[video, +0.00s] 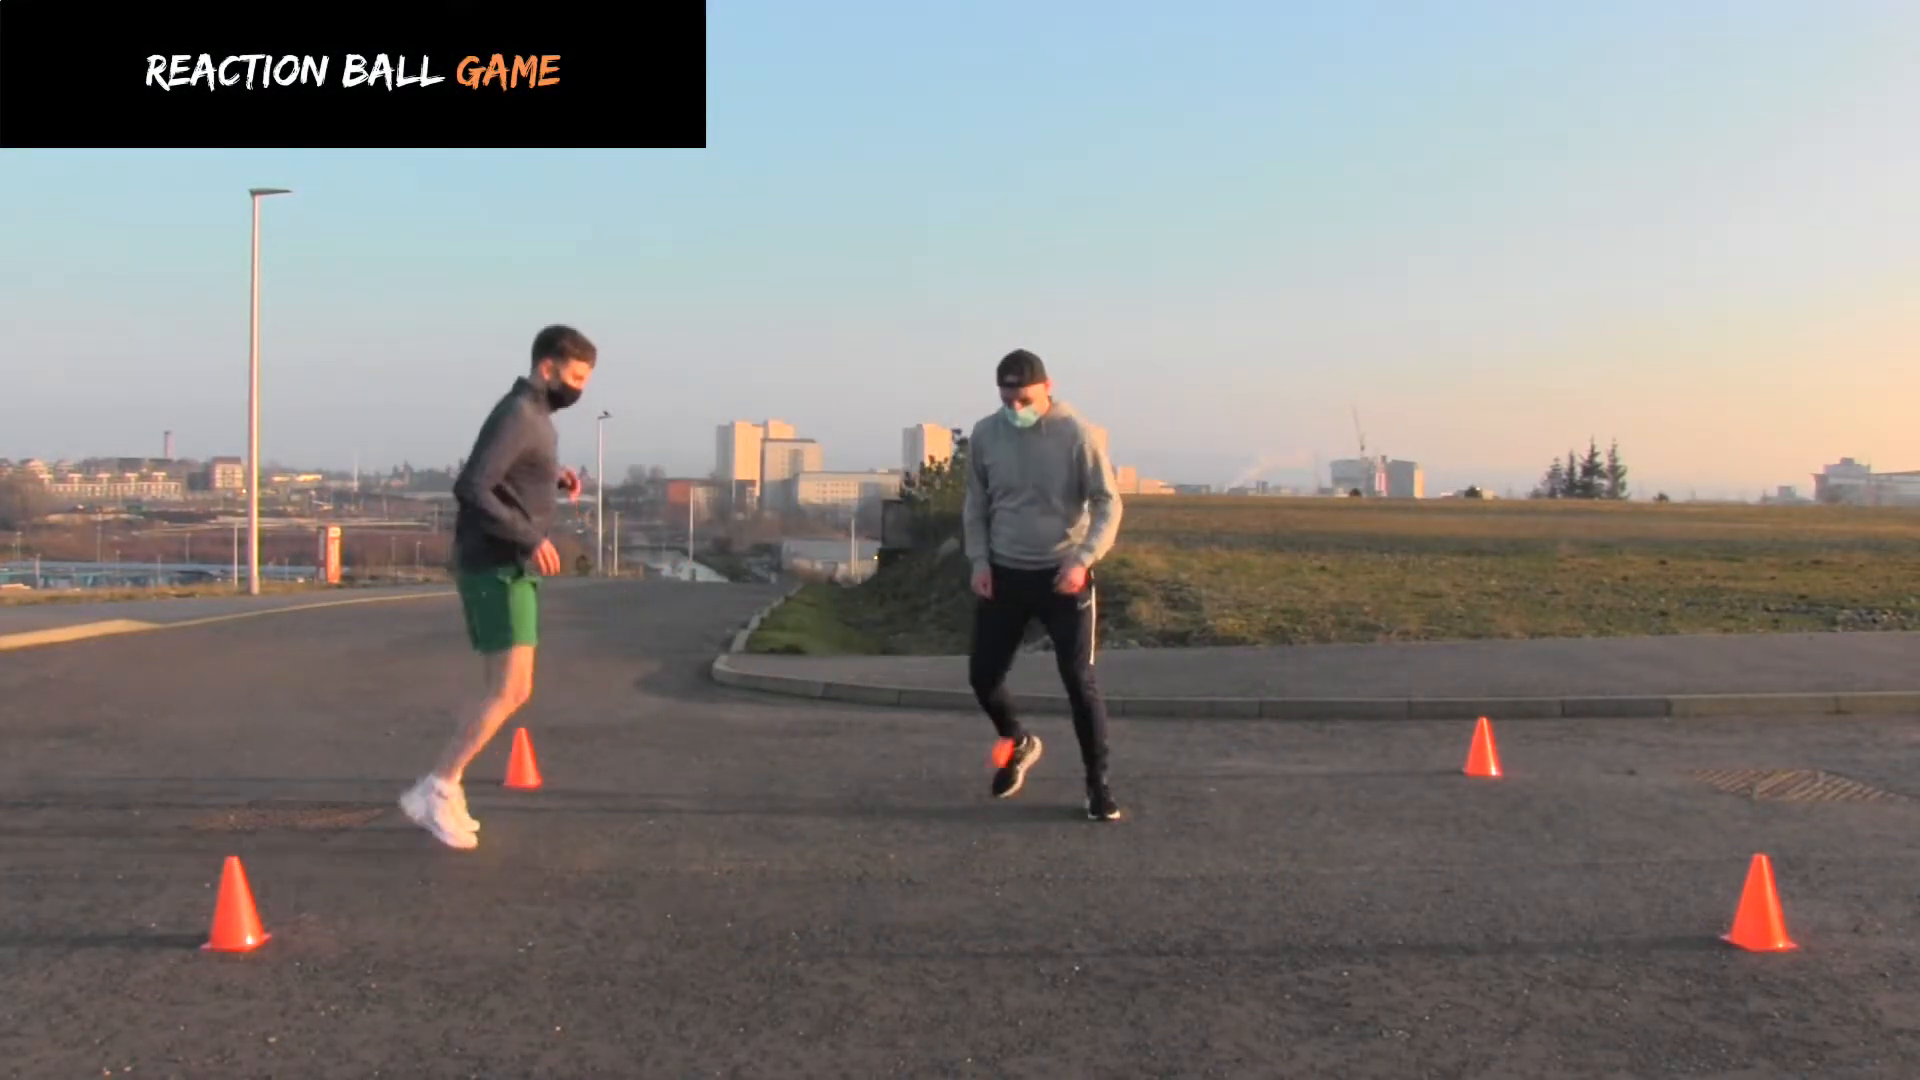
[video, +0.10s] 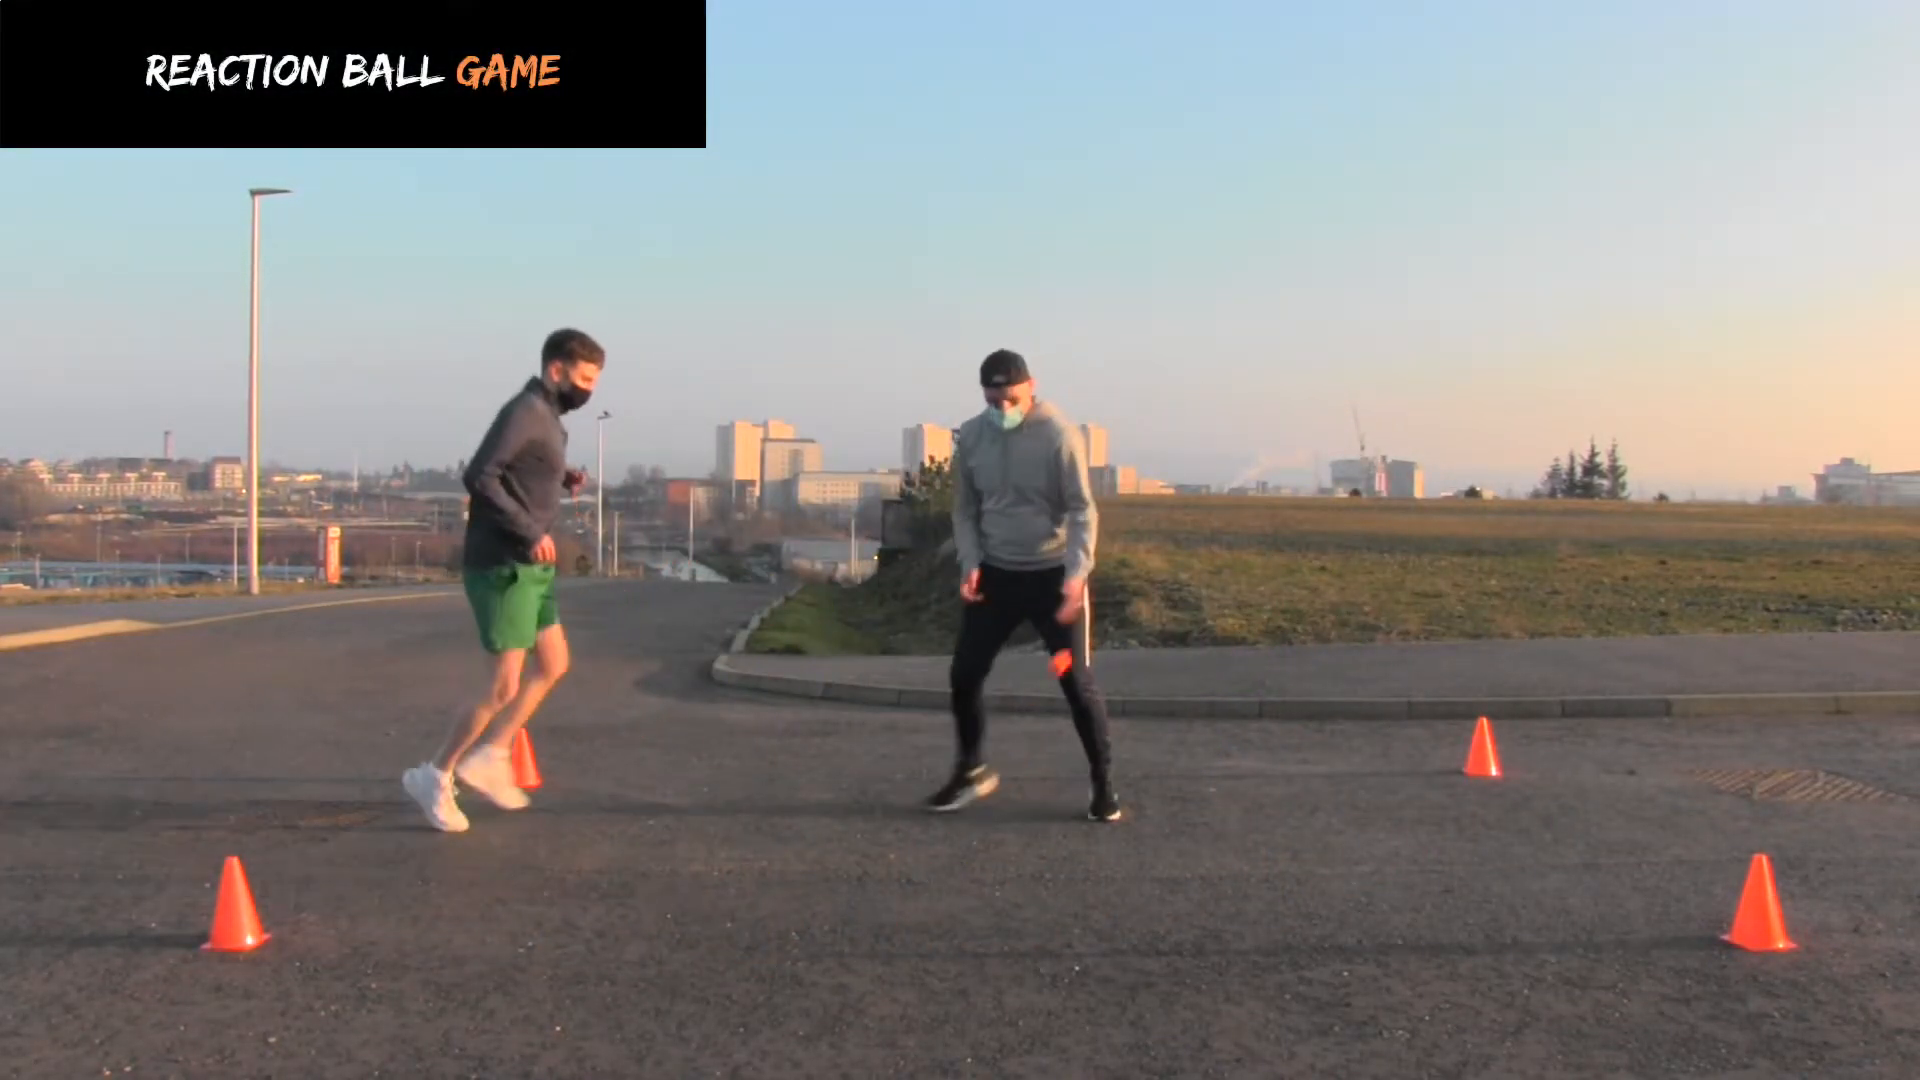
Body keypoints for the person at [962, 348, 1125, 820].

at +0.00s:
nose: (1016, 405)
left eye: (1025, 397)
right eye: (1008, 397)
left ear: (1046, 388)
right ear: (998, 392)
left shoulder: (1077, 434)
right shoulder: (984, 435)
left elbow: (1108, 503)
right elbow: (975, 504)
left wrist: (1084, 559)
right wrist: (979, 561)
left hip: (1064, 576)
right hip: (1004, 575)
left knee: (1081, 681)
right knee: (984, 677)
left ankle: (1098, 787)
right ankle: (1017, 741)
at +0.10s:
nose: (1002, 403)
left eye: (1010, 393)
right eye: (993, 395)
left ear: (1029, 388)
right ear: (982, 393)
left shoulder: (1057, 434)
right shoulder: (971, 436)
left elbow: (1082, 509)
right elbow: (964, 508)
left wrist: (1077, 574)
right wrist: (970, 563)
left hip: (1053, 575)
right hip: (995, 575)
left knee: (1075, 681)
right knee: (964, 675)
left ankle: (1103, 785)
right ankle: (970, 771)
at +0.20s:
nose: (1007, 411)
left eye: (1015, 401)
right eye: (997, 402)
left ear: (1029, 402)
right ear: (981, 406)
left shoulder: (1050, 453)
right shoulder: (961, 453)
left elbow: (1074, 531)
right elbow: (953, 527)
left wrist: (1099, 594)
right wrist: (968, 579)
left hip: (1049, 587)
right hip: (986, 590)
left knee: (1079, 690)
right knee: (947, 689)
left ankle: (1121, 784)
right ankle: (944, 785)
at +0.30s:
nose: (1047, 445)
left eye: (1052, 436)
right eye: (1038, 436)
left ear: (1056, 431)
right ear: (1008, 428)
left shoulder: (1056, 477)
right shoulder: (963, 473)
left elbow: (1087, 551)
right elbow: (946, 549)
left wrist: (1136, 607)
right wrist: (978, 609)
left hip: (1046, 606)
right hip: (976, 607)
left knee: (1084, 699)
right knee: (926, 709)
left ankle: (1125, 809)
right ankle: (944, 782)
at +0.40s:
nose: (1079, 453)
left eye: (1083, 444)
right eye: (1072, 443)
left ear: (1081, 441)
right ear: (1042, 435)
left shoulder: (1078, 490)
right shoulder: (984, 478)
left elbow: (1107, 562)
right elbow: (959, 558)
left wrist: (1163, 615)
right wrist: (995, 618)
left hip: (1052, 614)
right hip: (983, 614)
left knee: (1087, 694)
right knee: (929, 715)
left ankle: (1083, 824)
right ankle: (941, 779)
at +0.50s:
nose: (1148, 463)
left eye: (1154, 454)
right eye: (1142, 451)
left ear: (1147, 449)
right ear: (1112, 437)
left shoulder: (1128, 502)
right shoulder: (1045, 475)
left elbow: (1146, 581)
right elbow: (1002, 554)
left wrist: (1203, 593)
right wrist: (1048, 610)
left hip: (1062, 625)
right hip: (998, 618)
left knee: (1100, 713)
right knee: (949, 713)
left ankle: (1058, 834)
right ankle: (916, 769)